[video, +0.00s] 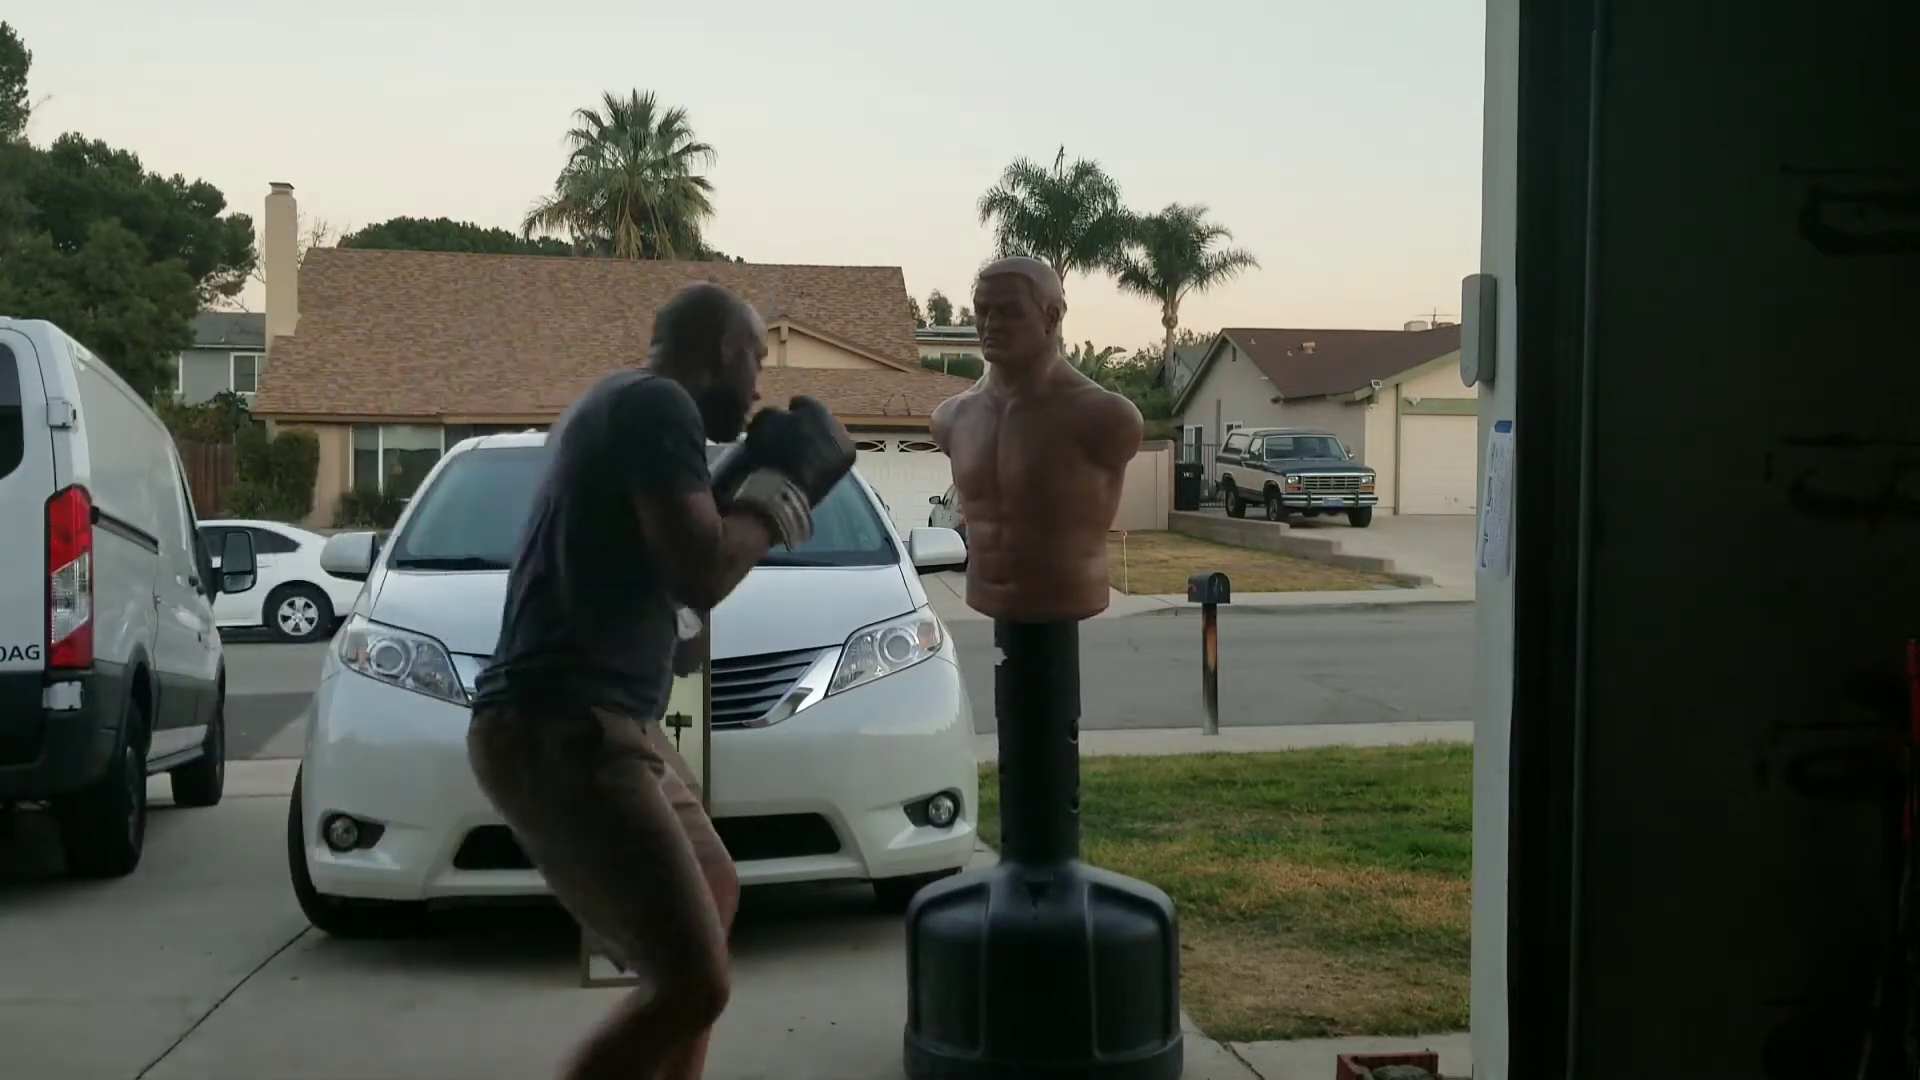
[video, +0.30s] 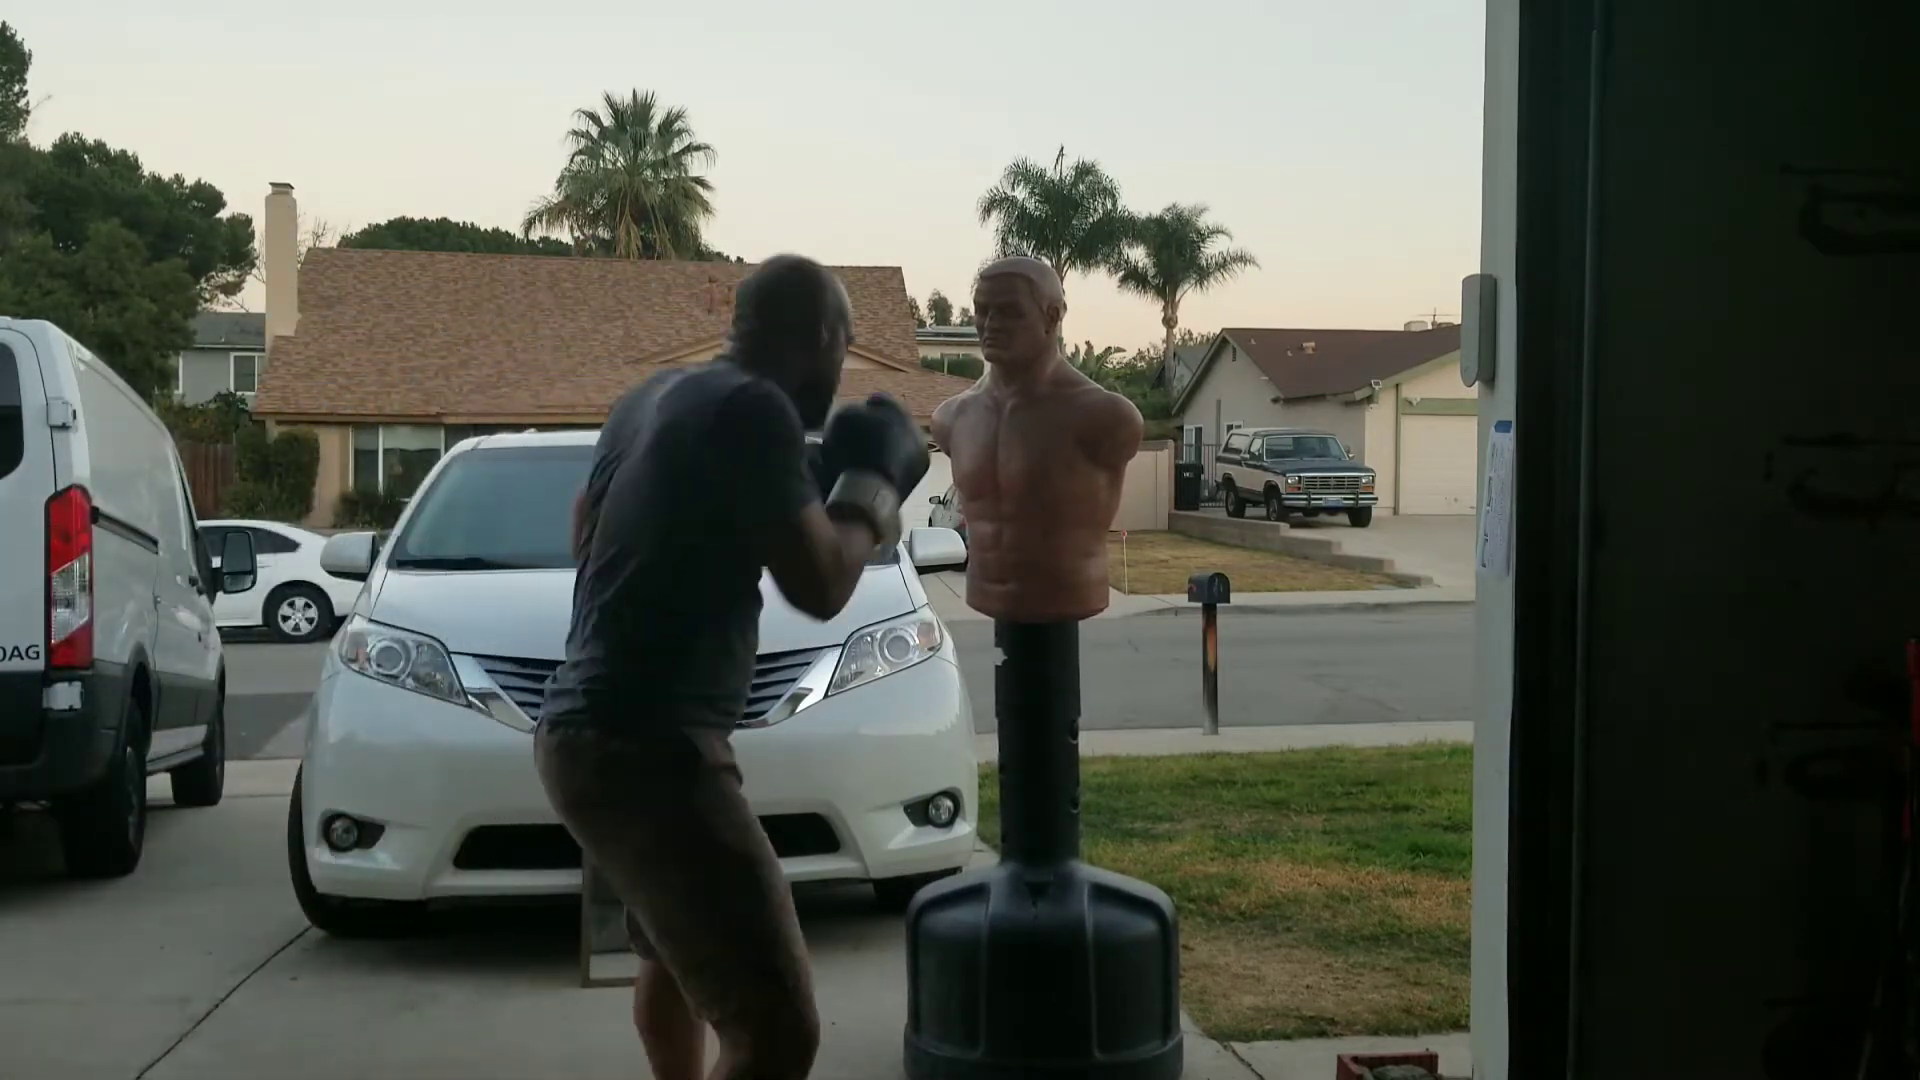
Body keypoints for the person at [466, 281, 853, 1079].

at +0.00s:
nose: (760, 385)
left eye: (760, 365)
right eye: (755, 363)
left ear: (677, 349)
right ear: (720, 355)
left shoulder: (637, 405)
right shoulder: (653, 405)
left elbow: (670, 560)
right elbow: (704, 576)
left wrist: (742, 480)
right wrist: (779, 487)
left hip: (610, 719)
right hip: (563, 726)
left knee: (713, 889)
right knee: (693, 984)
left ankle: (675, 1062)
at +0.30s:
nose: (842, 366)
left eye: (844, 347)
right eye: (844, 344)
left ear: (744, 329)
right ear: (820, 340)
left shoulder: (648, 396)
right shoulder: (755, 412)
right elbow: (822, 586)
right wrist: (874, 484)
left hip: (583, 737)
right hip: (654, 745)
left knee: (673, 966)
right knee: (776, 1034)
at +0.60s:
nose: (847, 270)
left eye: (846, 252)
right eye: (841, 247)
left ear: (732, 237)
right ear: (820, 239)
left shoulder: (638, 332)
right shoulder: (786, 335)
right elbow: (904, 509)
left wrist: (830, 312)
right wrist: (916, 354)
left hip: (615, 722)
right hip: (716, 729)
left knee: (684, 1017)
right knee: (742, 1039)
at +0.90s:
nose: (859, 237)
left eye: (856, 225)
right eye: (858, 223)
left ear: (746, 229)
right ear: (851, 222)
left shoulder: (643, 335)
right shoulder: (864, 326)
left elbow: (619, 525)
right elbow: (953, 528)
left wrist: (722, 516)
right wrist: (978, 397)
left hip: (665, 706)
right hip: (783, 713)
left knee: (753, 968)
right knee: (756, 1016)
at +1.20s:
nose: (922, 277)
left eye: (916, 266)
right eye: (921, 264)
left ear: (814, 265)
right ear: (913, 260)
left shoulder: (719, 362)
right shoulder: (915, 343)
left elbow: (704, 542)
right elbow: (979, 542)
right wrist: (985, 429)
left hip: (728, 705)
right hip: (837, 702)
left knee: (796, 978)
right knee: (856, 1015)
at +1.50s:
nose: (1022, 396)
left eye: (1023, 374)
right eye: (1024, 374)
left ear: (921, 354)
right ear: (1009, 369)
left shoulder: (821, 422)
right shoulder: (975, 437)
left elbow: (721, 582)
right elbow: (1006, 637)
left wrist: (856, 560)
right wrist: (1039, 524)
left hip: (718, 757)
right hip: (821, 764)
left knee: (854, 965)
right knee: (969, 1034)